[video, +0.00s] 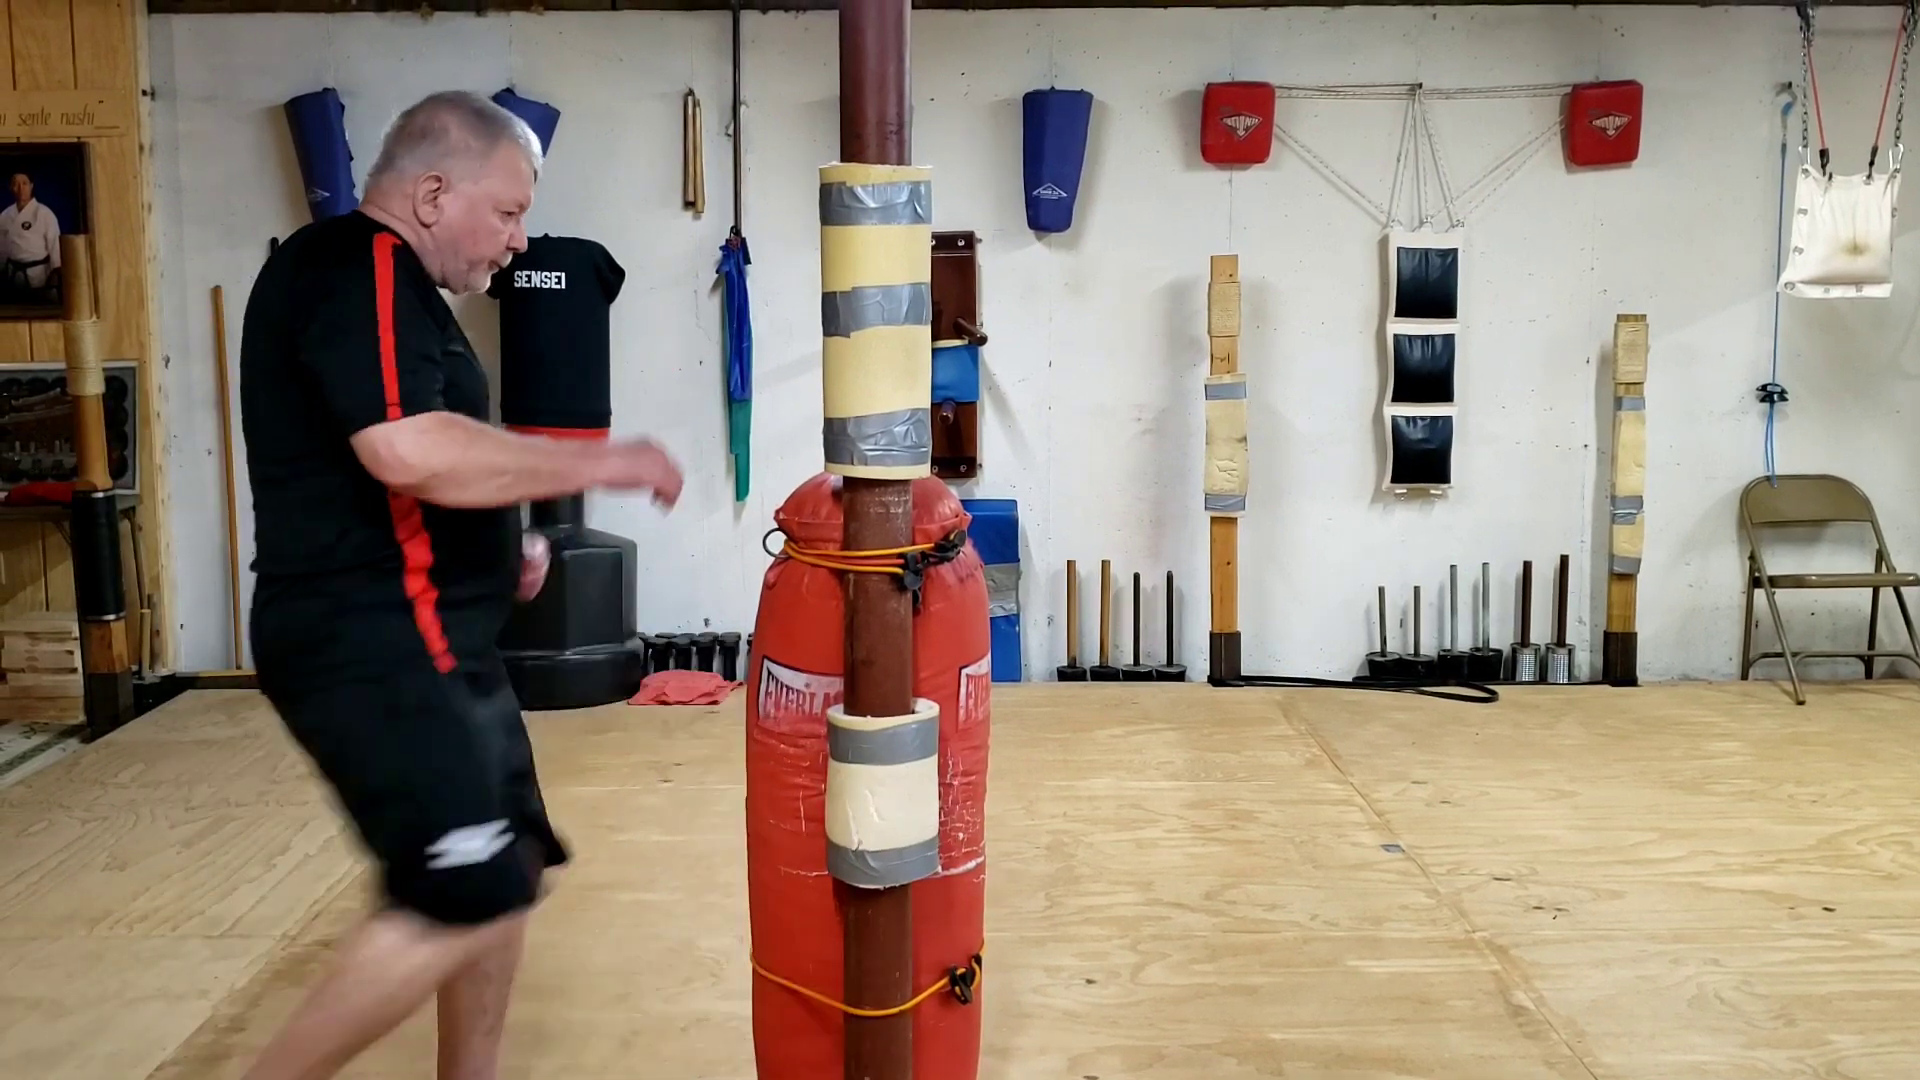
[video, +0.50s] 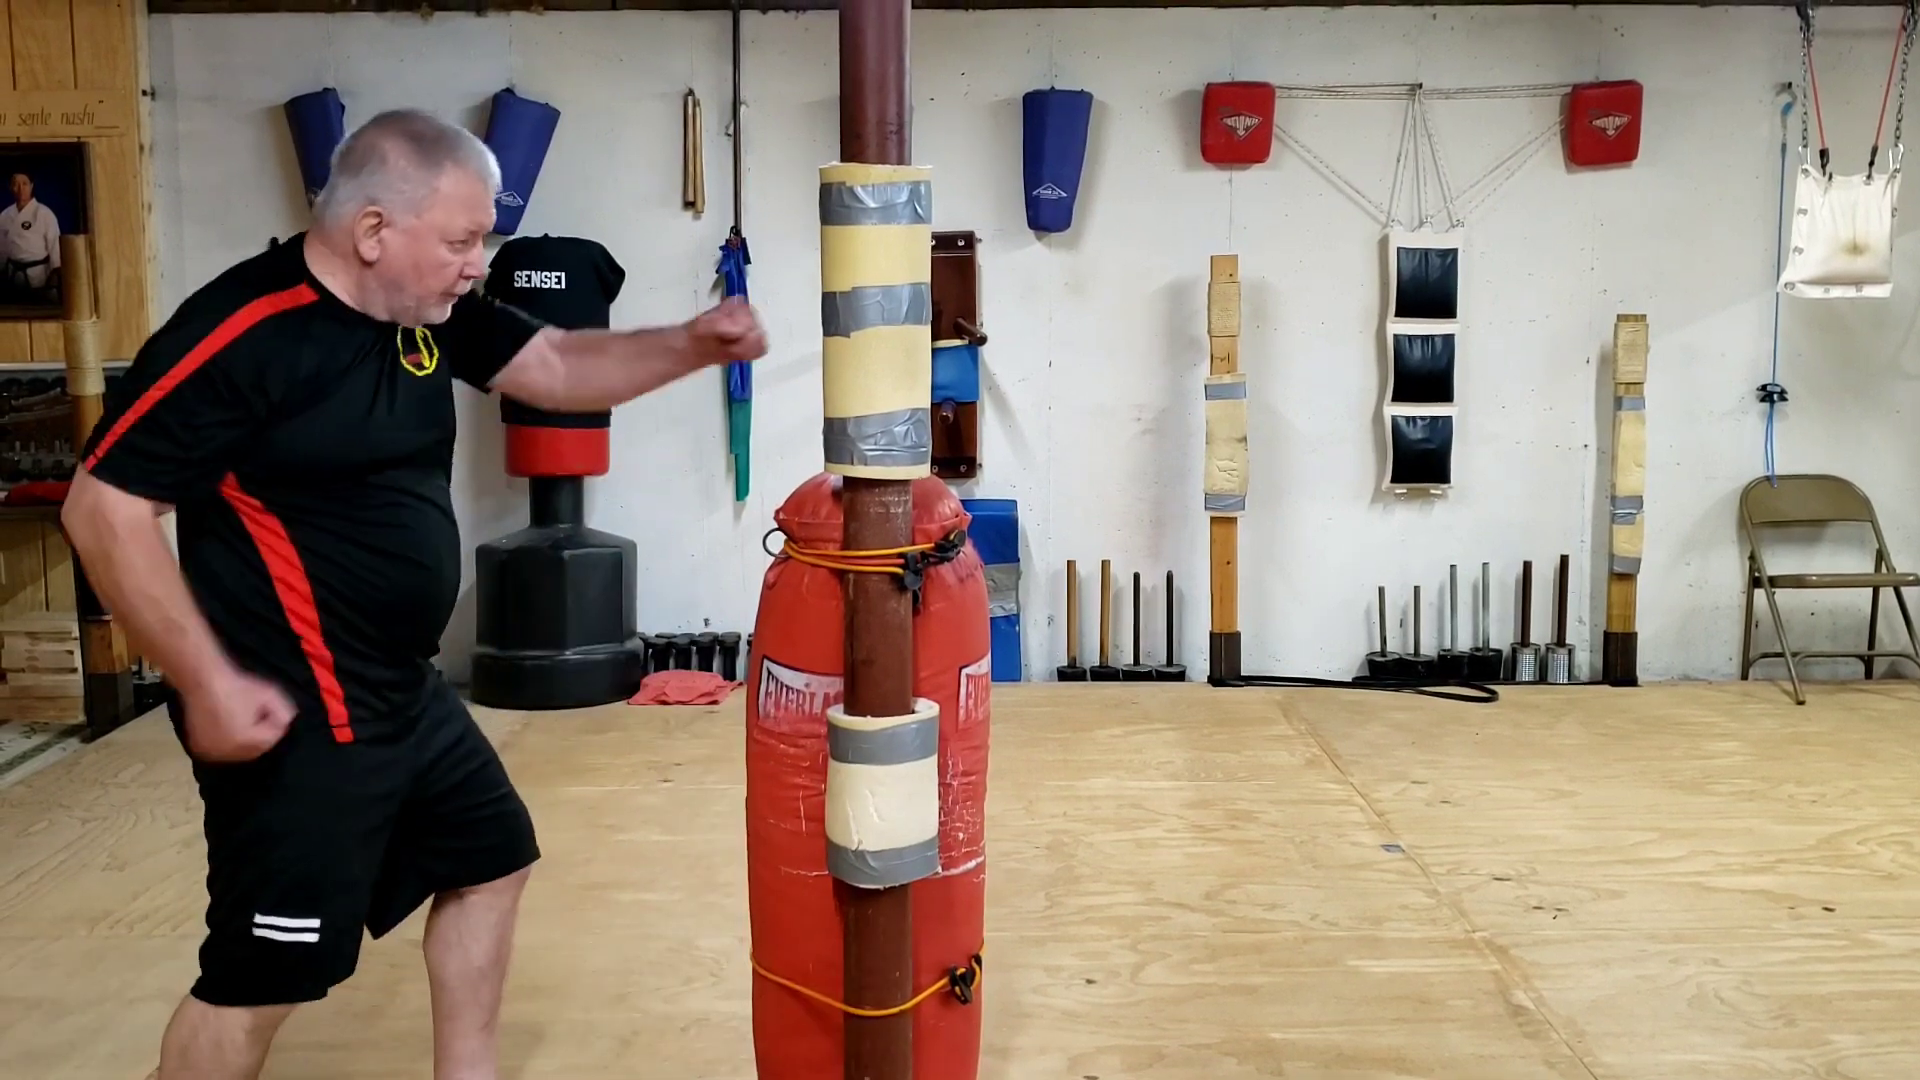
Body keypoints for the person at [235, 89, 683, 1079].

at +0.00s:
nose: (518, 242)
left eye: (523, 219)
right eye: (508, 214)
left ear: (431, 201)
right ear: (430, 196)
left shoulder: (392, 278)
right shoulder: (348, 266)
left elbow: (410, 460)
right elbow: (403, 449)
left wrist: (500, 537)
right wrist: (601, 463)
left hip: (433, 626)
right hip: (356, 635)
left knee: (505, 864)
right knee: (465, 880)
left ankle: (468, 1074)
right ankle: (270, 1074)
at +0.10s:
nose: (512, 255)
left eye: (514, 232)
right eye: (498, 228)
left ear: (416, 221)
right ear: (415, 218)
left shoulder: (377, 296)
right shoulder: (329, 287)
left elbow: (344, 502)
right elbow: (422, 465)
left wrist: (464, 582)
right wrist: (599, 422)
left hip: (433, 675)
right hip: (320, 689)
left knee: (515, 867)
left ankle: (472, 1075)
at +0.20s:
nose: (487, 275)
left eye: (492, 250)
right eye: (470, 250)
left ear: (389, 245)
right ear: (383, 239)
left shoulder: (391, 323)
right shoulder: (279, 312)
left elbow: (395, 489)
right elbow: (352, 499)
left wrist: (476, 543)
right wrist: (525, 428)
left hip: (414, 678)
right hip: (283, 694)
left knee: (513, 870)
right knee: (253, 962)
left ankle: (470, 1074)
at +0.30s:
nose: (468, 259)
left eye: (474, 235)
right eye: (449, 235)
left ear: (372, 227)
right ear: (360, 223)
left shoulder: (405, 313)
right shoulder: (242, 308)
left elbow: (404, 468)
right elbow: (209, 521)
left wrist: (500, 440)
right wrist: (427, 494)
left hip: (409, 671)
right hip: (271, 694)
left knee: (501, 867)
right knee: (232, 964)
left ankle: (467, 1074)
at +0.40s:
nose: (469, 258)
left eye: (474, 233)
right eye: (452, 232)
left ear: (369, 226)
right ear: (361, 223)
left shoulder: (427, 316)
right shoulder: (222, 318)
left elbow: (520, 401)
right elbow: (119, 505)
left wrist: (605, 349)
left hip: (404, 672)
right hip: (261, 695)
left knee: (495, 857)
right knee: (252, 956)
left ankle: (468, 1073)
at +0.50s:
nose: (478, 268)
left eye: (482, 244)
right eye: (461, 243)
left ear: (383, 235)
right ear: (373, 234)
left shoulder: (421, 311)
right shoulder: (242, 323)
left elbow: (553, 367)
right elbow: (104, 503)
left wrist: (691, 345)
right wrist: (203, 679)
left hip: (404, 695)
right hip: (286, 719)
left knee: (490, 860)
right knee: (258, 971)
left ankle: (466, 1074)